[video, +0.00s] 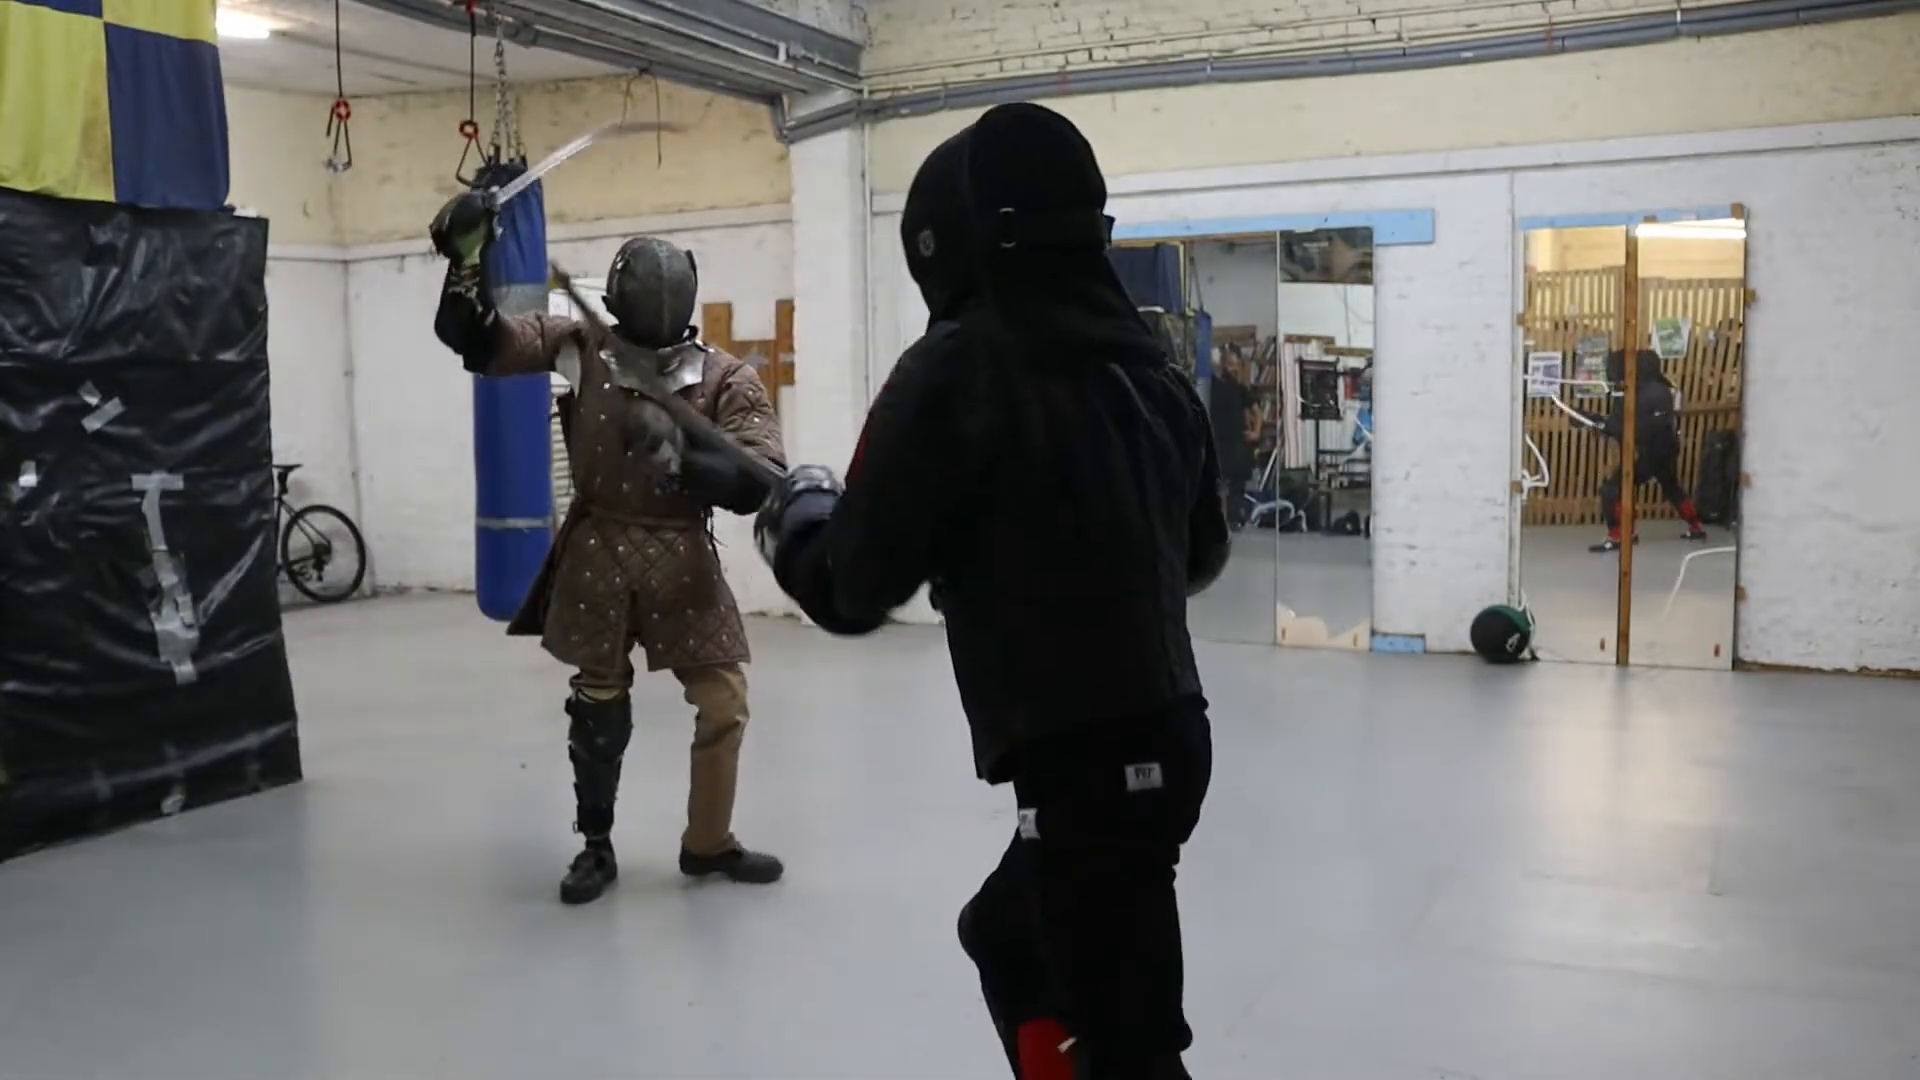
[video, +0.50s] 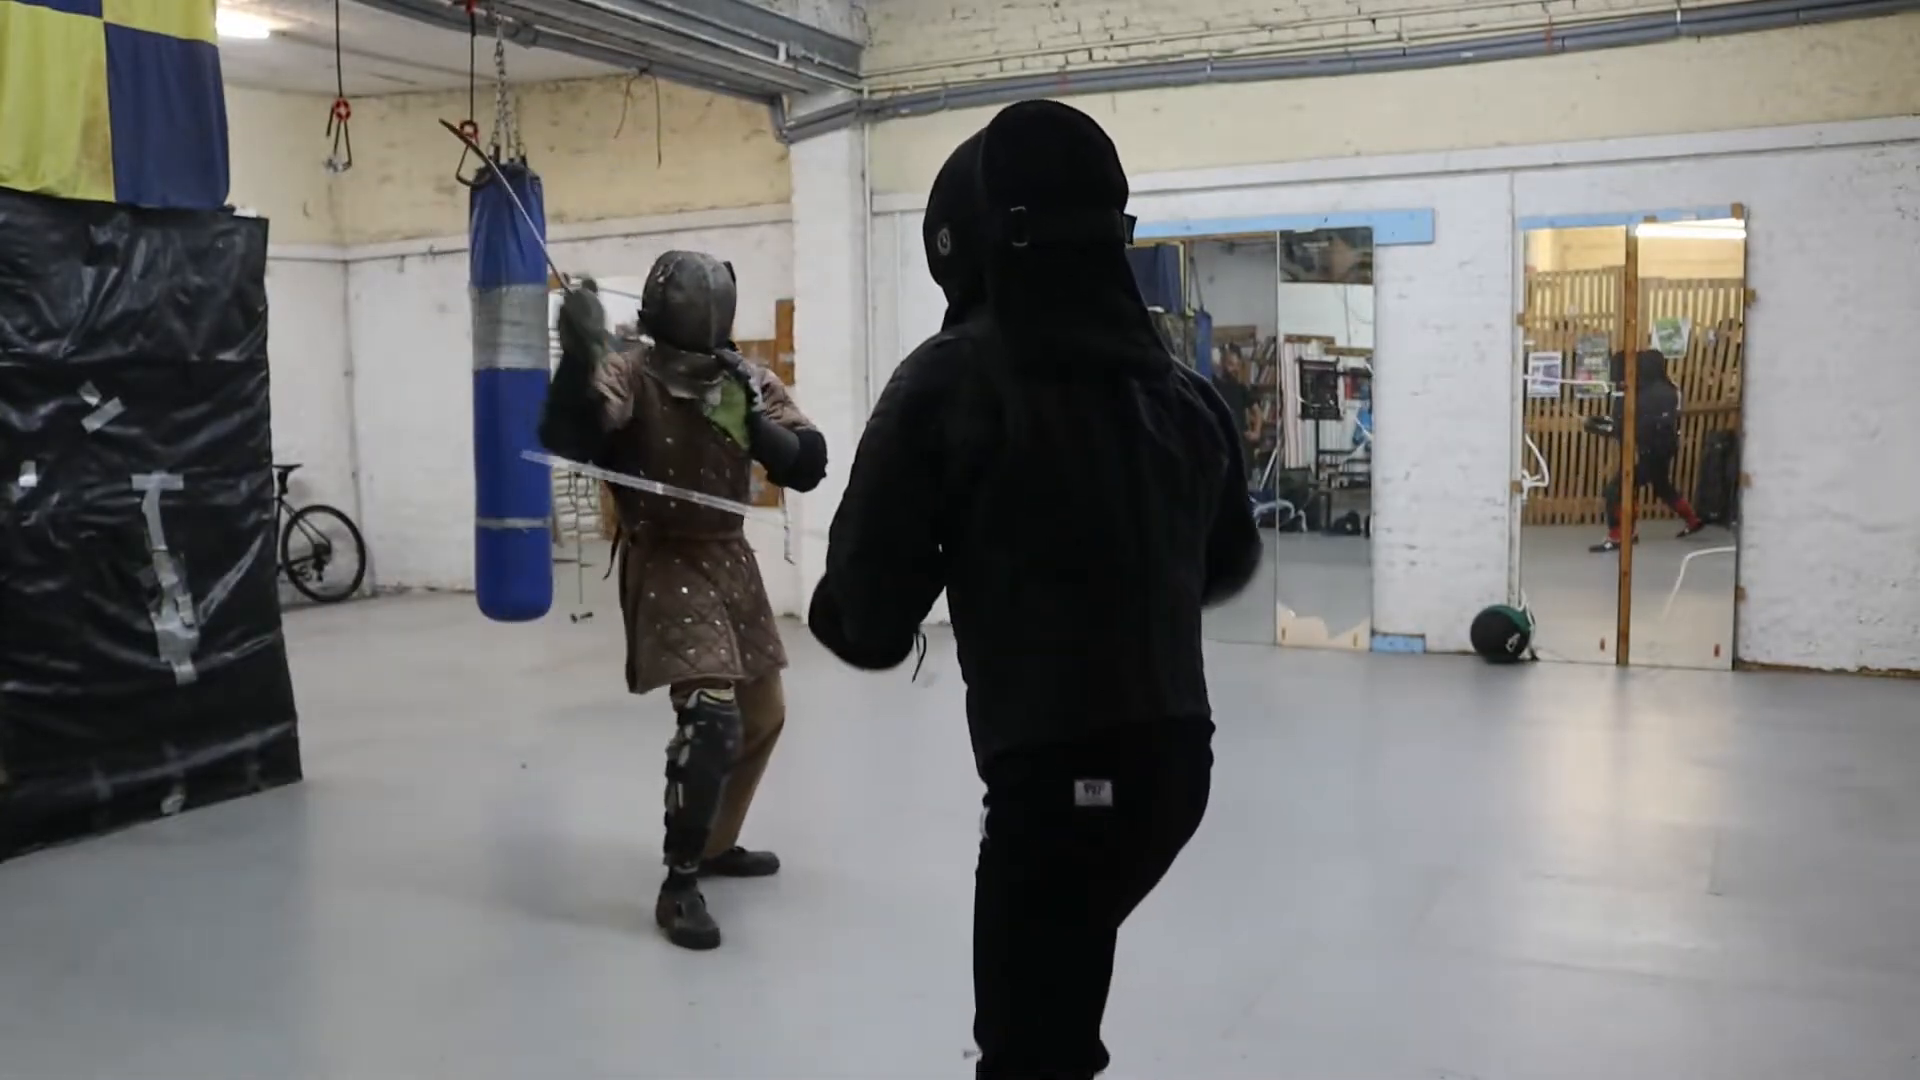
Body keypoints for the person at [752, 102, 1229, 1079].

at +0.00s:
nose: (922, 268)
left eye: (928, 242)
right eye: (921, 242)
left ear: (962, 239)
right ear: (1080, 229)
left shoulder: (951, 371)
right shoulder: (1147, 361)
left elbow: (849, 589)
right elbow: (1198, 550)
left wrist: (794, 503)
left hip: (1072, 756)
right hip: (1168, 738)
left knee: (1129, 1038)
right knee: (1000, 929)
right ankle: (1055, 1068)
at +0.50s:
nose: (934, 262)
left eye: (942, 236)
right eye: (936, 236)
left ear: (977, 240)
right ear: (1103, 233)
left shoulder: (945, 383)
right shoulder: (1177, 386)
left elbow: (868, 624)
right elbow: (1229, 560)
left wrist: (836, 589)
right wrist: (1112, 557)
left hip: (1049, 768)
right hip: (1175, 757)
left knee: (1031, 1046)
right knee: (1042, 1013)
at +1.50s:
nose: (894, 275)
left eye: (901, 244)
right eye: (890, 246)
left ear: (949, 239)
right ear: (1077, 230)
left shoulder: (937, 400)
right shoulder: (1147, 387)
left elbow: (779, 617)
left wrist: (760, 505)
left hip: (1043, 866)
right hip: (1161, 845)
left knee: (945, 1066)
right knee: (1013, 1057)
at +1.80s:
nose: (890, 261)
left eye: (899, 232)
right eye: (890, 233)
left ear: (934, 234)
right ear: (1113, 218)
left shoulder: (898, 412)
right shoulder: (1198, 377)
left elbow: (735, 565)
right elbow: (1230, 336)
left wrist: (711, 454)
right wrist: (1123, 261)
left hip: (1011, 938)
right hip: (1188, 915)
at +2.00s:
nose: (872, 244)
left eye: (887, 216)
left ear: (917, 236)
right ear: (1114, 215)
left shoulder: (886, 424)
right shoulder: (1191, 366)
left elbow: (698, 548)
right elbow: (1256, 213)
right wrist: (1129, 70)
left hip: (1032, 949)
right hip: (1219, 924)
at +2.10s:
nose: (882, 261)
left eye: (893, 232)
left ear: (925, 239)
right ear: (1115, 221)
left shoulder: (885, 429)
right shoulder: (1203, 380)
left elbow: (688, 564)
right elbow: (1287, 285)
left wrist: (821, 646)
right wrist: (1153, 150)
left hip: (1034, 940)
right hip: (1217, 916)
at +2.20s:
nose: (900, 264)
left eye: (908, 233)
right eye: (901, 234)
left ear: (941, 235)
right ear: (1121, 221)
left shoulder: (914, 422)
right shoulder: (1207, 399)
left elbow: (730, 624)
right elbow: (1284, 435)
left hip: (1043, 924)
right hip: (1217, 900)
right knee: (1091, 1056)